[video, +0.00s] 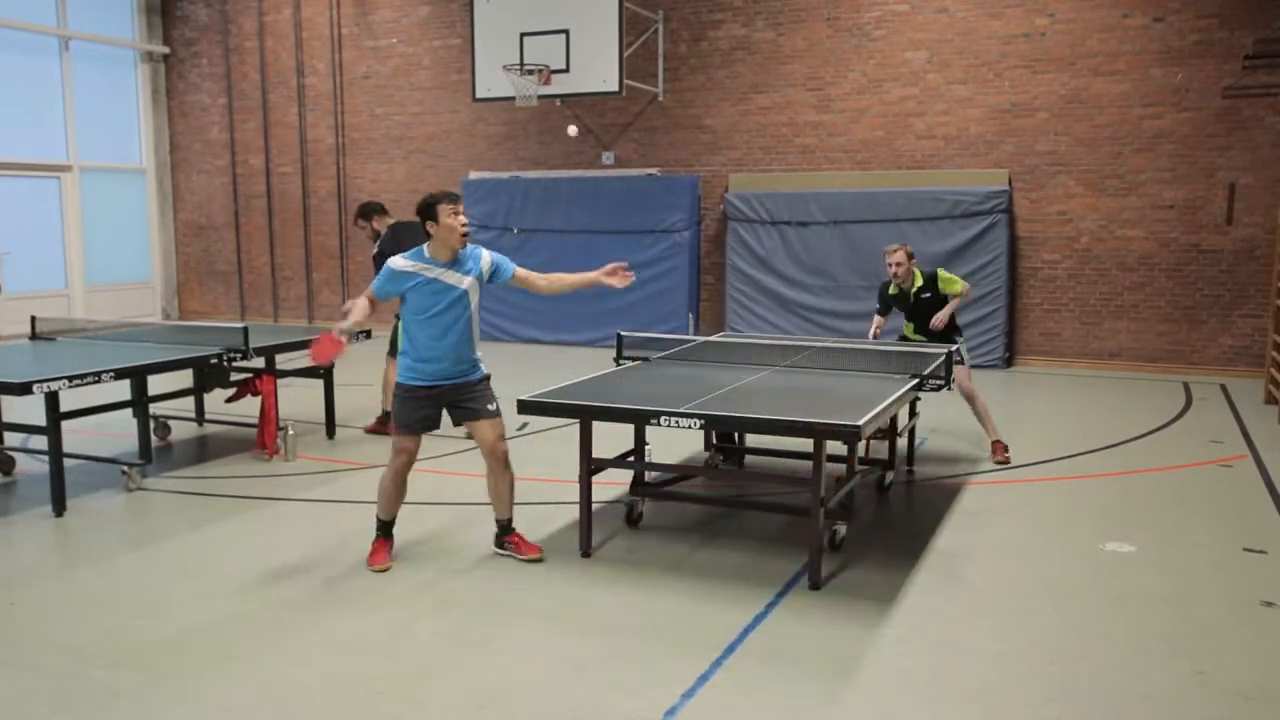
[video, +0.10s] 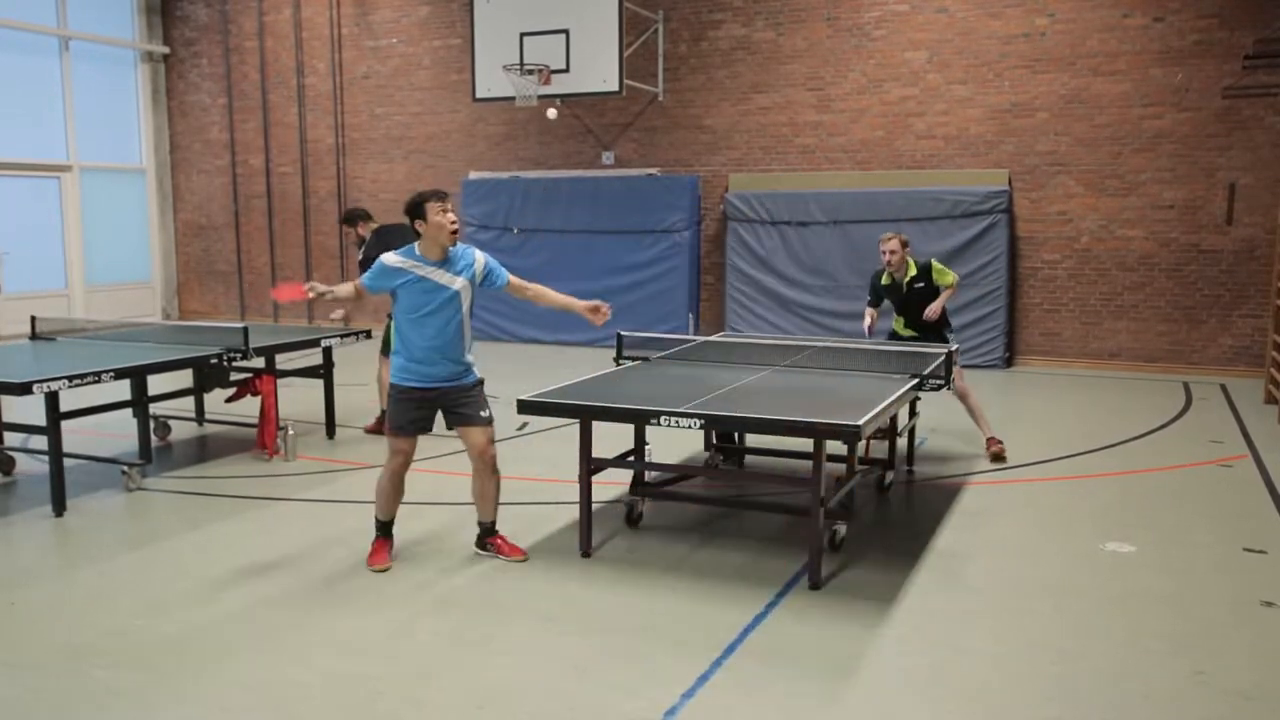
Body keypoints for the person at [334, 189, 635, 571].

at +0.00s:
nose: (464, 221)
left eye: (463, 215)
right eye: (454, 216)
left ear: (462, 220)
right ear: (431, 226)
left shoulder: (479, 260)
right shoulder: (401, 267)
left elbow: (540, 283)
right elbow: (368, 301)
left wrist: (596, 277)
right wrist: (357, 312)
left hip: (467, 378)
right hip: (415, 382)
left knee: (498, 450)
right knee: (402, 457)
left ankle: (506, 534)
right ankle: (383, 538)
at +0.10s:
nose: (453, 219)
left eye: (453, 213)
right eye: (443, 213)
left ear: (454, 220)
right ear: (420, 225)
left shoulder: (473, 261)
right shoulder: (394, 264)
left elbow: (526, 290)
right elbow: (357, 288)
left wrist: (580, 306)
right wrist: (326, 290)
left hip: (460, 379)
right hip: (409, 382)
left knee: (485, 454)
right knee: (398, 459)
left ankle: (487, 536)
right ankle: (382, 538)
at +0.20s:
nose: (449, 218)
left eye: (449, 212)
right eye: (438, 213)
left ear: (451, 221)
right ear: (416, 225)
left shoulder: (466, 262)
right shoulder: (390, 262)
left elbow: (505, 297)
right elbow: (347, 280)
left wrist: (549, 328)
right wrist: (325, 274)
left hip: (454, 380)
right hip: (403, 384)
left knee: (483, 451)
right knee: (396, 460)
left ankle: (489, 535)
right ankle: (382, 537)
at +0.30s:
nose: (451, 222)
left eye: (450, 216)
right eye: (441, 217)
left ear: (450, 223)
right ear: (417, 227)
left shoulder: (465, 264)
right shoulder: (387, 261)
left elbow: (485, 299)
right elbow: (341, 273)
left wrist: (509, 336)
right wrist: (335, 265)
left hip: (449, 377)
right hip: (399, 383)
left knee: (484, 447)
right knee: (392, 461)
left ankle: (489, 528)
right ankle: (381, 537)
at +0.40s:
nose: (464, 233)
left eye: (463, 225)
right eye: (454, 227)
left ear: (460, 231)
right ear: (429, 235)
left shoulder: (468, 273)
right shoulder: (390, 265)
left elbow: (468, 307)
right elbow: (340, 282)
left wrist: (475, 342)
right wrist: (336, 264)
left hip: (447, 377)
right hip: (398, 384)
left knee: (490, 441)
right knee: (393, 465)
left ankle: (469, 511)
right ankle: (382, 538)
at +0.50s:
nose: (485, 245)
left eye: (484, 238)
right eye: (477, 239)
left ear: (467, 246)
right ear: (451, 246)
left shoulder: (474, 281)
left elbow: (450, 321)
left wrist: (457, 350)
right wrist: (367, 294)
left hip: (446, 379)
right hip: (399, 388)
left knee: (494, 438)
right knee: (397, 471)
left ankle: (444, 495)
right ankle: (382, 538)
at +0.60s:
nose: (509, 256)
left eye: (509, 248)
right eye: (504, 248)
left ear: (485, 253)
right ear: (482, 252)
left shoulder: (475, 289)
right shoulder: (435, 276)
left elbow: (443, 327)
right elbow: (389, 298)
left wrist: (460, 355)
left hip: (445, 389)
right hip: (402, 394)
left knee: (483, 456)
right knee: (402, 476)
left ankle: (460, 539)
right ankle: (383, 537)